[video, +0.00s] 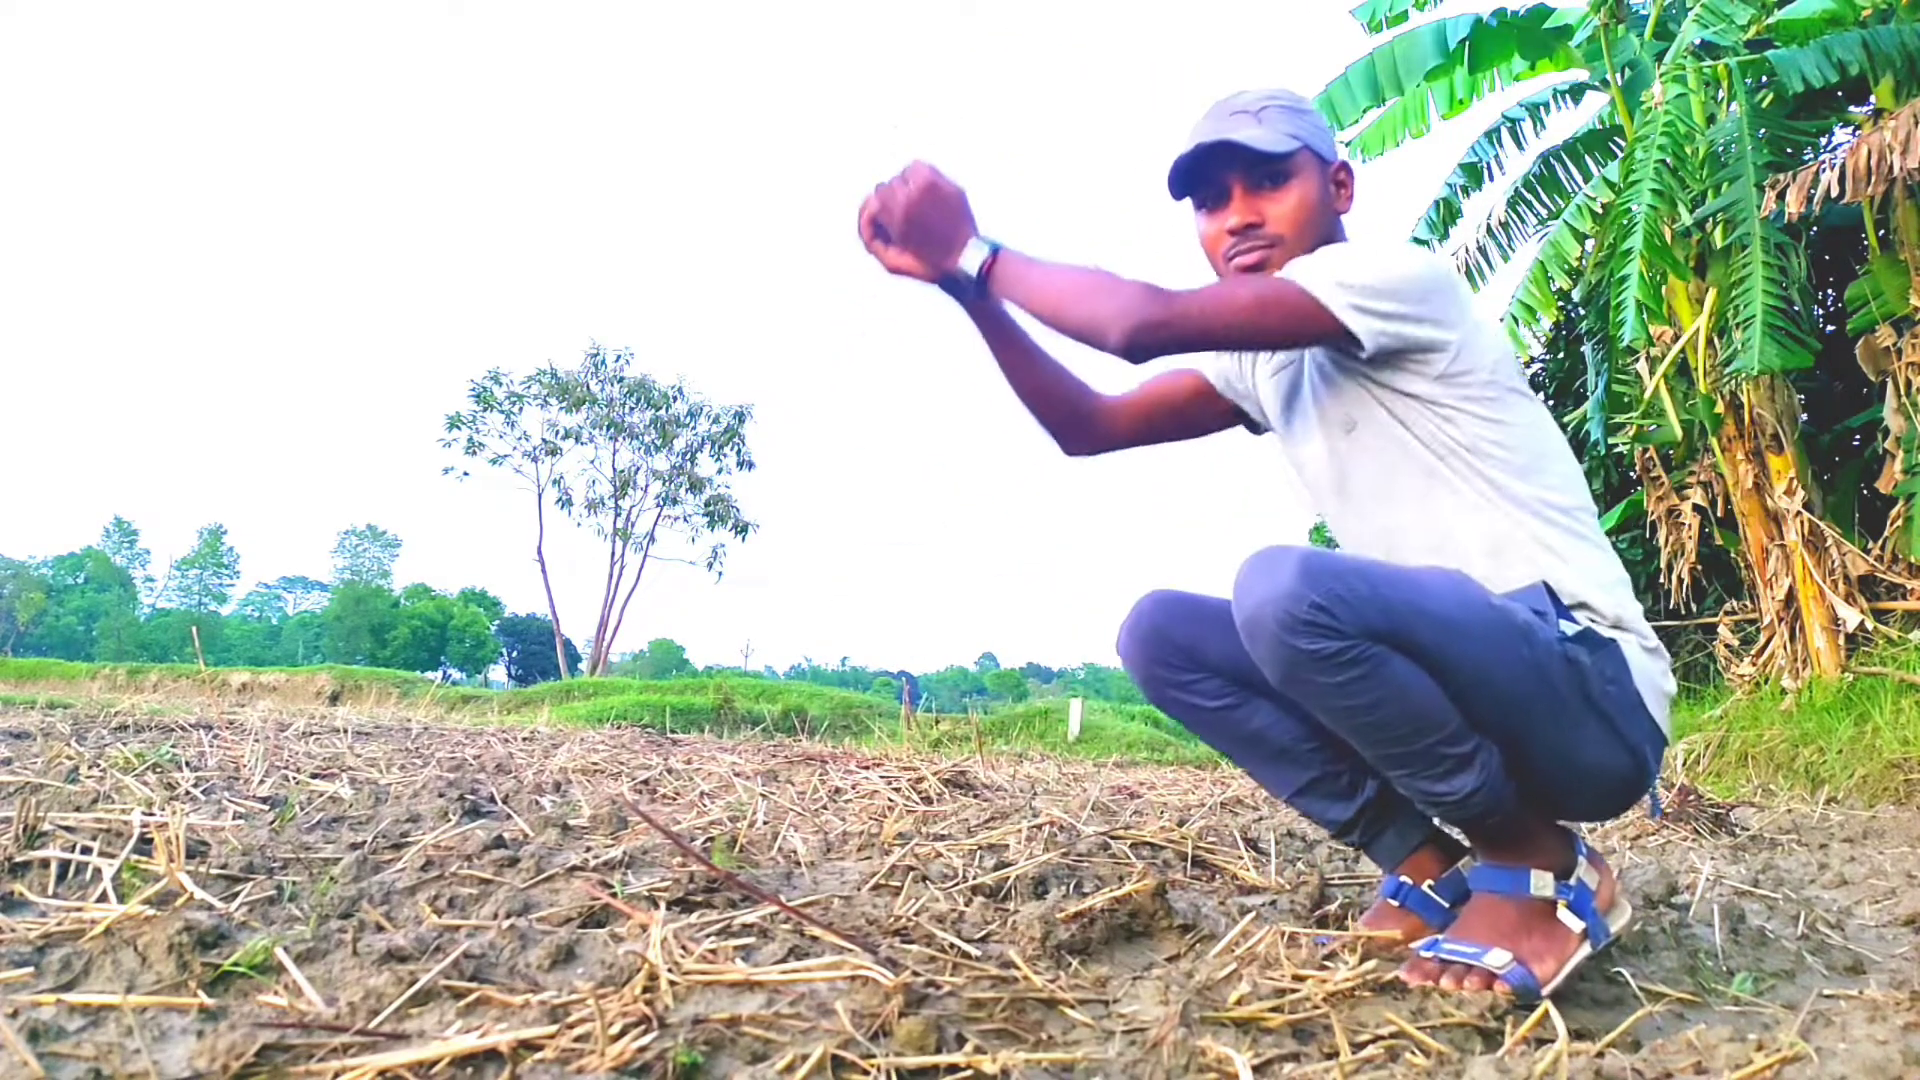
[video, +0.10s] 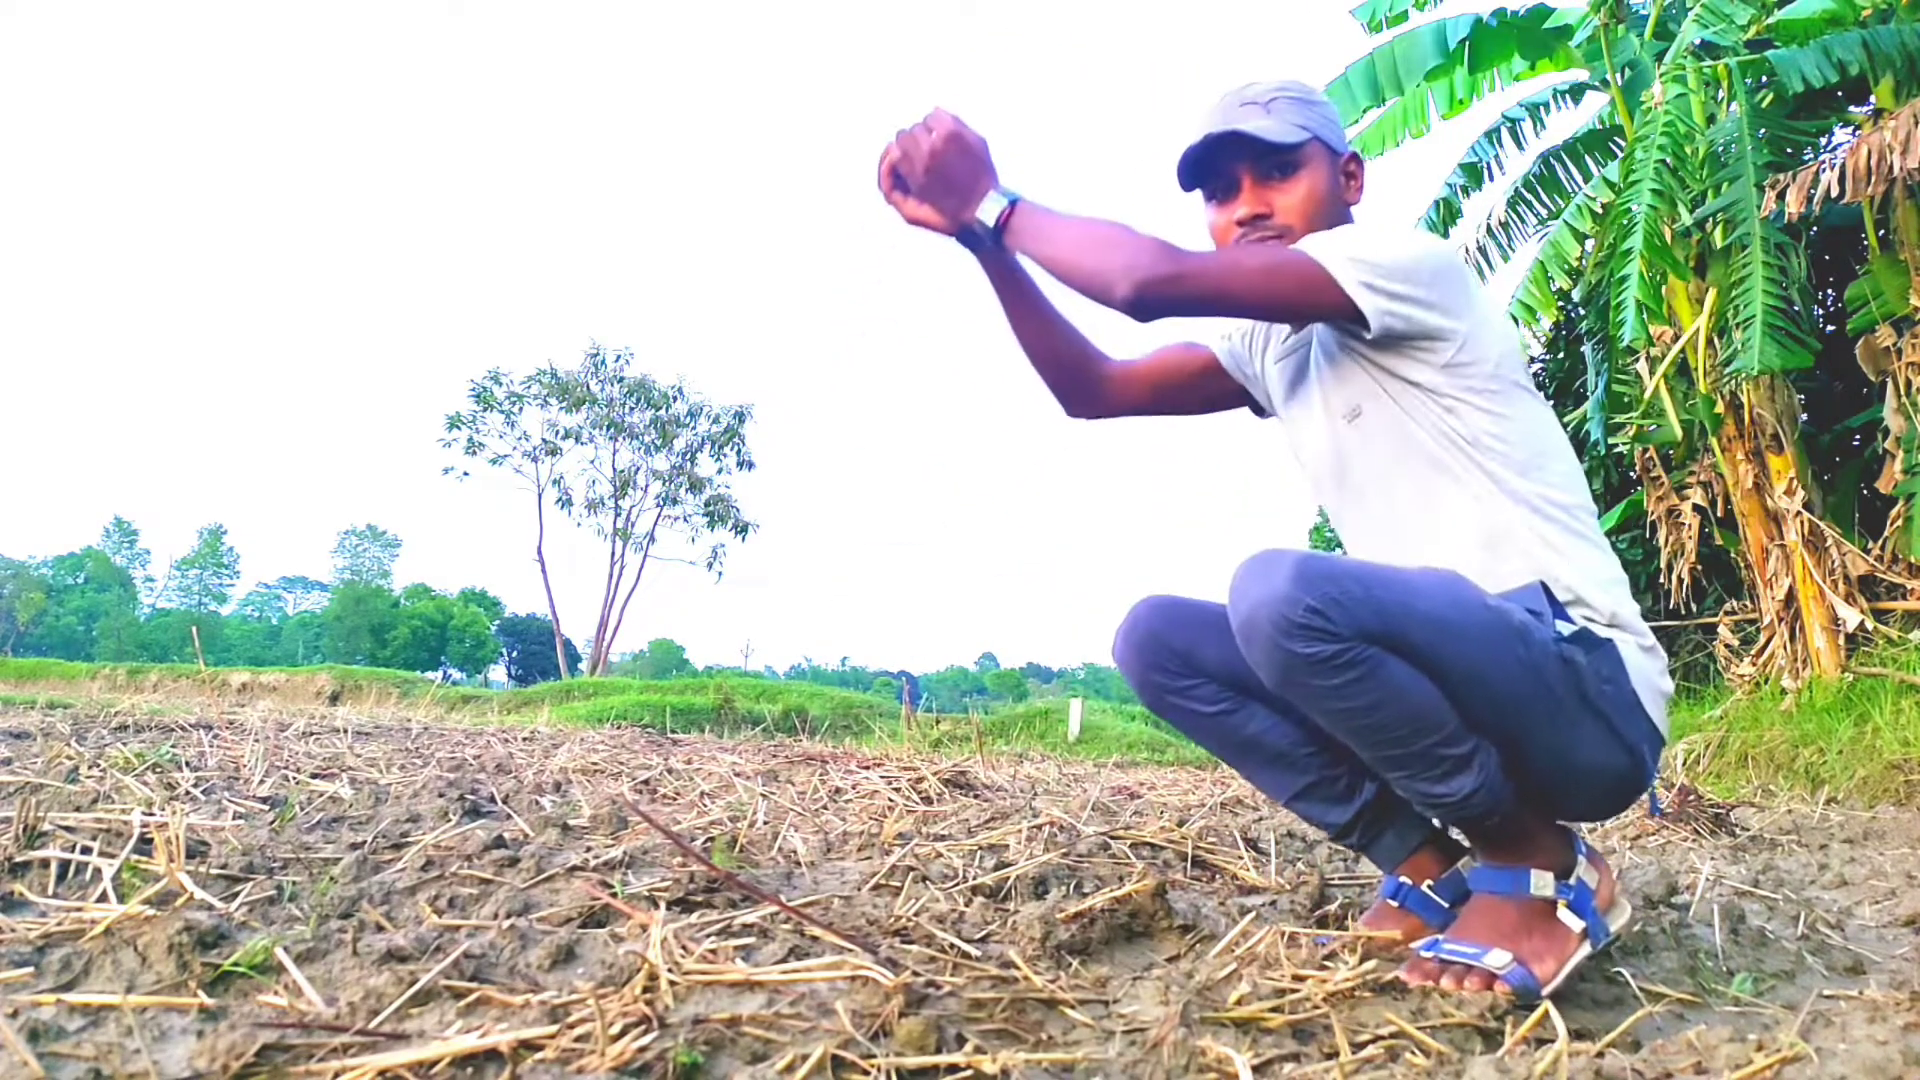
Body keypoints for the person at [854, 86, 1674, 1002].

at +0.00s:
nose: (1234, 216)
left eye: (1267, 182)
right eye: (1208, 197)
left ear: (1341, 189)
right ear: (1194, 222)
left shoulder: (1402, 284)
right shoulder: (1271, 362)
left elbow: (1140, 322)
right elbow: (1087, 424)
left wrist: (971, 254)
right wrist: (969, 288)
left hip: (1589, 686)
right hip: (1468, 698)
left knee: (1282, 593)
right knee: (1160, 631)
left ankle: (1535, 859)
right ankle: (1432, 870)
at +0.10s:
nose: (1246, 205)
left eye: (1277, 169)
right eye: (1221, 187)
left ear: (1350, 179)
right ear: (1207, 216)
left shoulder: (1410, 265)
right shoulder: (1281, 349)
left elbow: (1153, 282)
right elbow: (1093, 390)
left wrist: (992, 206)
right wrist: (984, 239)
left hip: (1585, 682)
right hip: (1464, 694)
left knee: (1279, 597)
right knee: (1158, 639)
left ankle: (1535, 859)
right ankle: (1436, 865)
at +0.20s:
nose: (1256, 199)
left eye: (1287, 164)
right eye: (1232, 186)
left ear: (1358, 174)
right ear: (1212, 209)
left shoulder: (1411, 262)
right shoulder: (1279, 342)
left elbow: (1155, 262)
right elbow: (1098, 368)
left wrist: (997, 180)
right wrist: (992, 216)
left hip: (1581, 684)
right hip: (1459, 697)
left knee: (1276, 603)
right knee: (1156, 642)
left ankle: (1535, 857)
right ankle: (1436, 859)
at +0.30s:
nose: (1262, 191)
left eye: (1292, 155)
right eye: (1237, 178)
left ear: (1364, 164)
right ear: (1217, 201)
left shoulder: (1419, 256)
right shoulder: (1287, 331)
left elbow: (1158, 246)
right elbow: (1106, 348)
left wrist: (1003, 161)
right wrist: (999, 200)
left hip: (1580, 681)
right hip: (1459, 689)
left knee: (1270, 606)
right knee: (1156, 644)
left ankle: (1538, 861)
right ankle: (1436, 864)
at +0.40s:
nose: (1265, 190)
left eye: (1296, 154)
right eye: (1240, 177)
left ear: (1368, 163)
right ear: (1221, 198)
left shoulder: (1424, 253)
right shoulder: (1295, 329)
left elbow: (1160, 242)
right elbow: (1111, 342)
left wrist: (1003, 156)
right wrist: (998, 194)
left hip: (1579, 680)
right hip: (1457, 689)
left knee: (1268, 608)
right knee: (1155, 643)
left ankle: (1536, 857)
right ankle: (1436, 860)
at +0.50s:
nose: (1266, 193)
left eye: (1299, 155)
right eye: (1241, 178)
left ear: (1372, 168)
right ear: (1221, 200)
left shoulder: (1427, 256)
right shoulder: (1298, 330)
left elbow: (1165, 251)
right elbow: (1115, 349)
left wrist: (1001, 173)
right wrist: (998, 208)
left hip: (1580, 684)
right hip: (1460, 692)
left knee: (1269, 608)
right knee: (1155, 644)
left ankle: (1538, 857)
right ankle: (1434, 860)